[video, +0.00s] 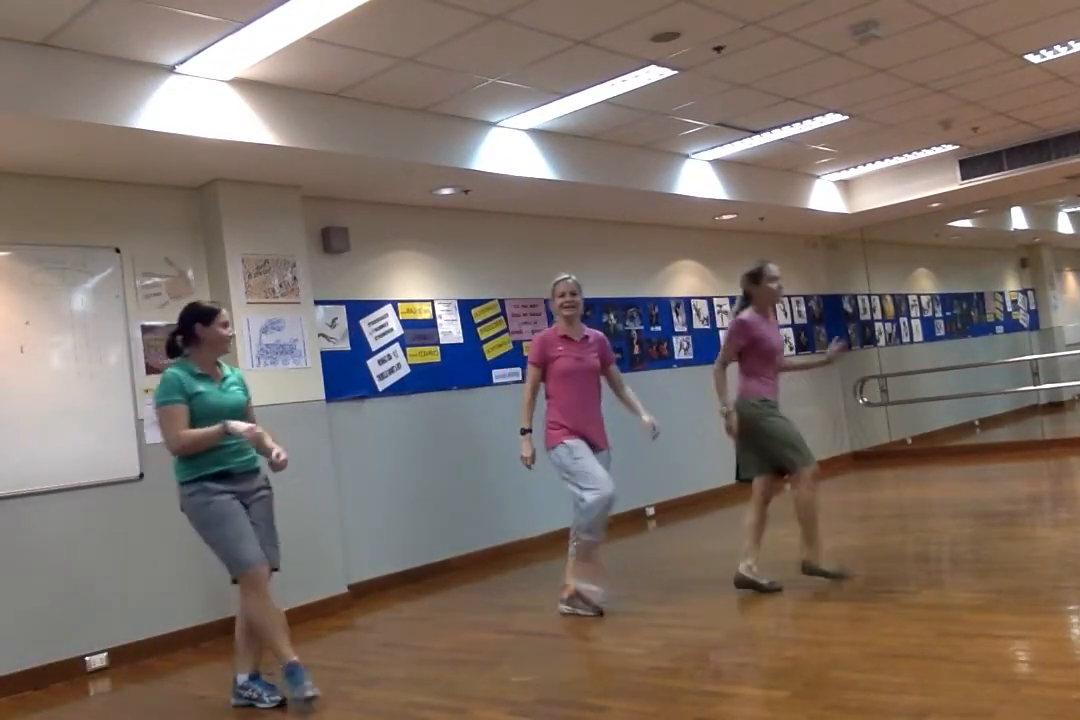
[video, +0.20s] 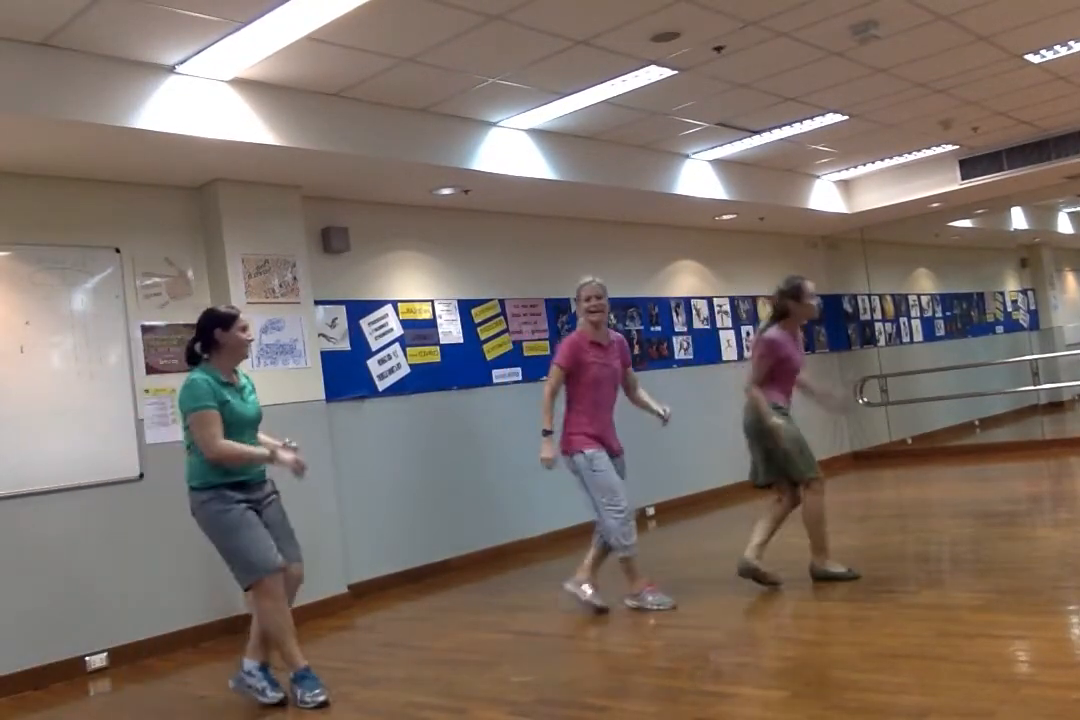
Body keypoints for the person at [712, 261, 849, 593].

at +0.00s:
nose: (780, 287)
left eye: (780, 281)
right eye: (773, 281)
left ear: (774, 287)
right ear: (753, 287)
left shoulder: (770, 321)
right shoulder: (743, 322)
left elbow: (779, 364)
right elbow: (720, 366)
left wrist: (825, 358)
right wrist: (725, 408)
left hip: (764, 407)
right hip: (753, 408)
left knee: (763, 489)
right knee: (805, 470)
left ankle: (747, 567)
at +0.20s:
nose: (816, 303)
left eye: (814, 298)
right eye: (810, 299)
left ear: (795, 305)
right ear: (791, 304)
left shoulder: (794, 336)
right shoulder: (771, 339)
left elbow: (794, 377)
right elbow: (752, 387)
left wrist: (826, 397)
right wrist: (771, 421)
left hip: (775, 413)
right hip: (768, 415)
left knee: (787, 494)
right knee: (813, 483)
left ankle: (750, 557)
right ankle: (821, 561)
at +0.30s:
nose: (829, 313)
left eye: (828, 307)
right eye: (824, 307)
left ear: (805, 311)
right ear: (807, 311)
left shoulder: (780, 336)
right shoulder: (787, 343)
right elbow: (777, 393)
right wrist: (814, 414)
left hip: (756, 416)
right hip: (764, 418)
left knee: (788, 490)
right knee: (812, 482)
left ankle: (744, 549)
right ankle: (821, 561)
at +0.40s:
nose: (830, 317)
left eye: (829, 311)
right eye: (827, 311)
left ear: (803, 314)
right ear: (812, 313)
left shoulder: (771, 330)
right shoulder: (794, 343)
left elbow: (737, 355)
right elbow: (796, 389)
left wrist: (715, 389)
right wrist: (840, 388)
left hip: (742, 414)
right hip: (756, 416)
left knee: (774, 484)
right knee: (802, 480)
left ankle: (734, 547)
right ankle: (820, 561)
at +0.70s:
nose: (798, 336)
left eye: (797, 330)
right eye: (794, 331)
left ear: (774, 330)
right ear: (779, 332)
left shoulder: (746, 335)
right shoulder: (765, 356)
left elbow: (701, 344)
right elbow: (777, 392)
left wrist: (680, 369)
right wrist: (812, 378)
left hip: (717, 424)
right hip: (724, 428)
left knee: (746, 497)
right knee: (765, 492)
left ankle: (726, 556)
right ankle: (808, 559)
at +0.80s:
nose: (778, 329)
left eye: (778, 323)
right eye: (775, 323)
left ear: (759, 322)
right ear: (761, 322)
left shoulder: (741, 343)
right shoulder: (745, 349)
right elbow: (735, 395)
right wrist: (771, 413)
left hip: (720, 420)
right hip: (714, 421)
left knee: (741, 491)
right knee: (754, 478)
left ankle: (725, 556)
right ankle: (765, 558)